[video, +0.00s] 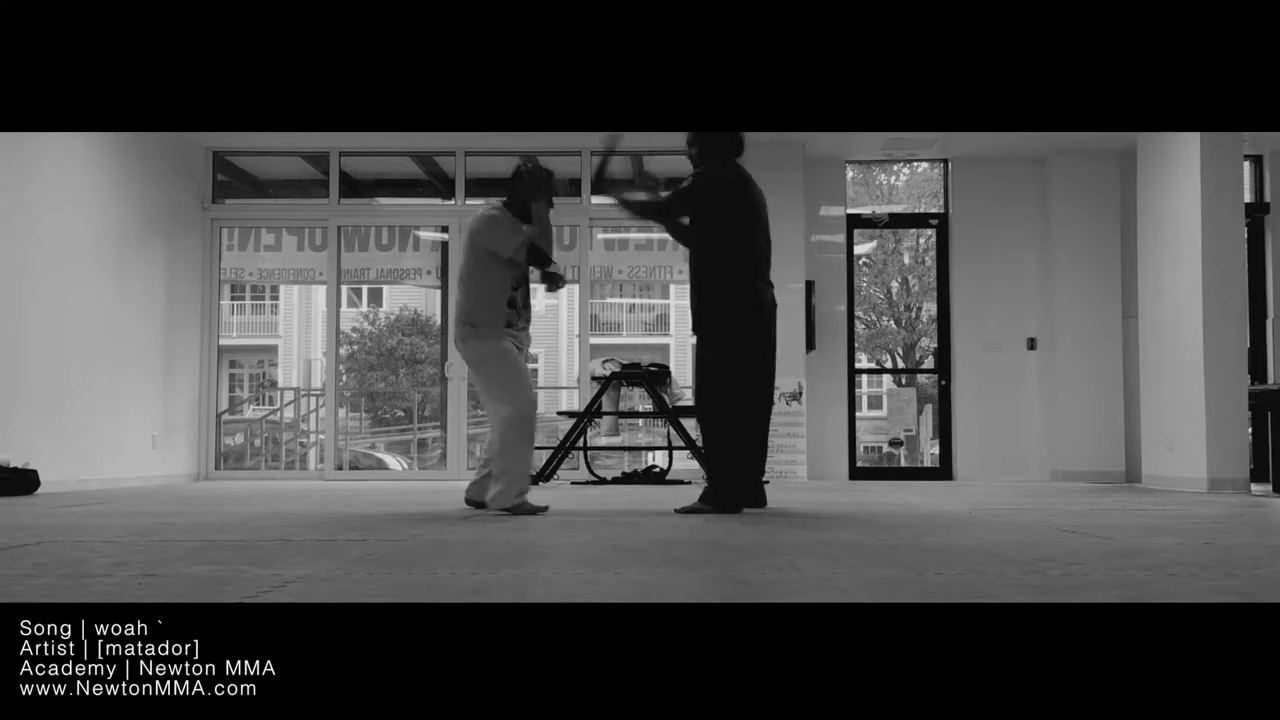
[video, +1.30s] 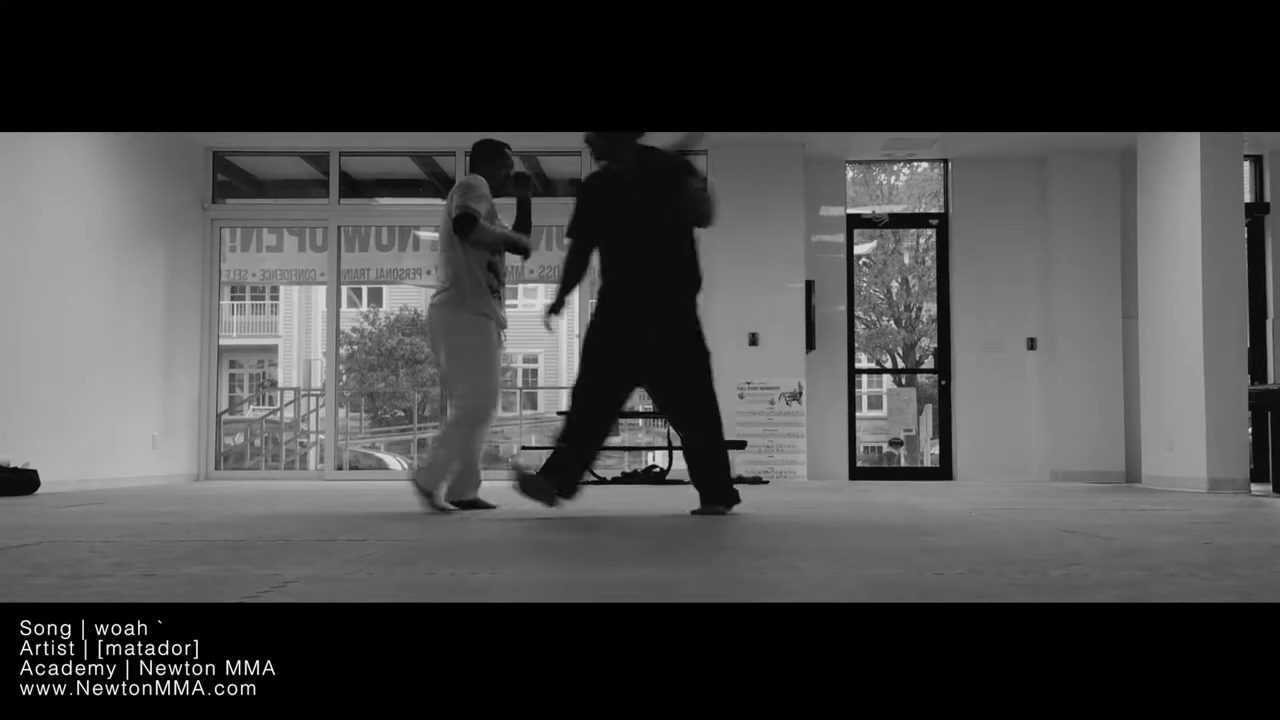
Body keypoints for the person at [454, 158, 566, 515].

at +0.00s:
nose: (546, 209)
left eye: (546, 203)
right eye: (544, 203)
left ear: (519, 194)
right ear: (528, 198)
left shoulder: (506, 224)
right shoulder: (492, 222)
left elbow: (529, 268)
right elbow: (543, 255)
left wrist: (550, 277)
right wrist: (542, 206)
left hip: (502, 335)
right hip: (484, 334)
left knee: (511, 408)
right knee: (519, 406)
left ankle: (484, 487)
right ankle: (508, 497)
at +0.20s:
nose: (541, 177)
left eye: (541, 172)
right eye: (537, 171)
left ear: (512, 167)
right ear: (521, 168)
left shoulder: (515, 204)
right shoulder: (481, 201)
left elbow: (526, 241)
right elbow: (524, 244)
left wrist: (549, 234)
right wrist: (534, 193)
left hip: (513, 324)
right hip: (485, 323)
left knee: (517, 403)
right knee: (504, 403)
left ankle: (483, 475)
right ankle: (495, 496)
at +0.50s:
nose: (548, 183)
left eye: (548, 176)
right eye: (545, 175)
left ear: (520, 172)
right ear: (528, 174)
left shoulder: (515, 207)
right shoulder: (496, 197)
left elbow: (541, 255)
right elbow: (520, 255)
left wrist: (551, 211)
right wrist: (546, 238)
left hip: (493, 323)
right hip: (481, 322)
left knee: (495, 407)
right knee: (514, 404)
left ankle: (464, 486)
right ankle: (498, 498)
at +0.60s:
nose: (543, 191)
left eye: (542, 184)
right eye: (542, 184)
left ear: (510, 176)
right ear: (536, 179)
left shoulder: (482, 203)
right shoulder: (522, 195)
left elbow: (480, 258)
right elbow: (530, 253)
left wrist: (518, 273)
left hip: (458, 322)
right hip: (489, 322)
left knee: (483, 407)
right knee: (521, 404)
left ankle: (463, 492)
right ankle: (498, 497)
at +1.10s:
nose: (523, 183)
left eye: (523, 177)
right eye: (520, 176)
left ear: (486, 173)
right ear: (502, 173)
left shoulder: (462, 205)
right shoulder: (498, 198)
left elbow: (487, 248)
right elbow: (510, 247)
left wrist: (527, 226)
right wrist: (544, 234)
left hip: (452, 319)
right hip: (484, 318)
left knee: (477, 410)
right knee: (514, 400)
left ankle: (466, 494)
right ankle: (515, 478)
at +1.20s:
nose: (519, 177)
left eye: (519, 171)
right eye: (517, 170)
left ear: (484, 166)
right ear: (505, 168)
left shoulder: (476, 201)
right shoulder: (483, 189)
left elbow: (513, 253)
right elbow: (483, 231)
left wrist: (528, 211)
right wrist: (531, 225)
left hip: (451, 316)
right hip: (472, 317)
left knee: (466, 409)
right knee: (501, 400)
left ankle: (464, 492)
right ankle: (499, 484)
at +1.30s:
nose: (510, 175)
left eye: (511, 169)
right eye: (508, 168)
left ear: (478, 162)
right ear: (493, 164)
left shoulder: (481, 200)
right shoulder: (472, 185)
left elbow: (520, 241)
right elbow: (466, 227)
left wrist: (523, 196)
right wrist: (514, 241)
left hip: (472, 315)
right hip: (464, 314)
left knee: (473, 402)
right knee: (478, 401)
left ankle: (463, 490)